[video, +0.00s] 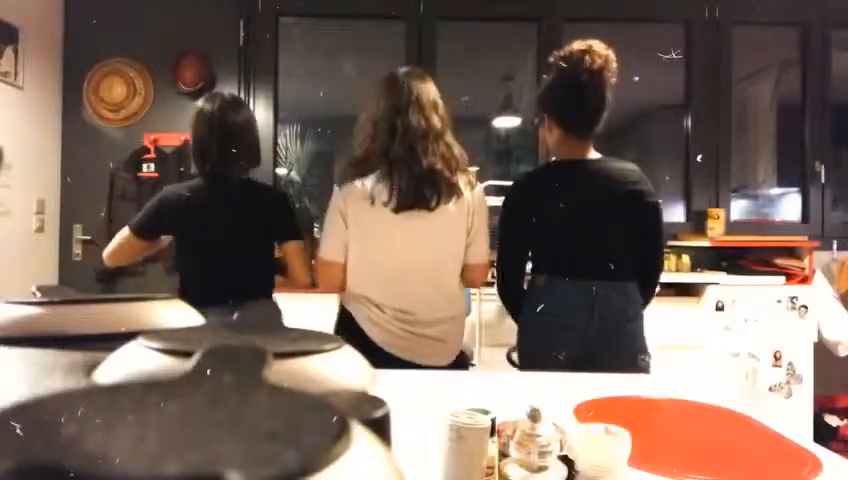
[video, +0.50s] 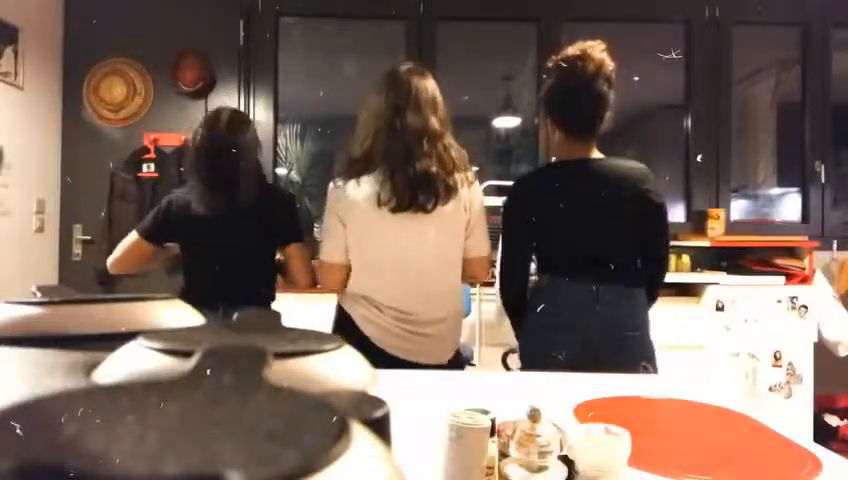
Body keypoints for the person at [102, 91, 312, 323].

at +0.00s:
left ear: (196, 144)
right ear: (250, 142)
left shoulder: (176, 200)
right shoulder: (272, 200)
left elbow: (112, 257)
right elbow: (302, 278)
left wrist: (163, 242)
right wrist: (264, 260)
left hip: (197, 331)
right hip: (262, 331)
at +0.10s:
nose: (184, 165)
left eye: (188, 155)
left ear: (196, 162)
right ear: (249, 158)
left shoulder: (183, 215)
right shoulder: (276, 211)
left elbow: (120, 276)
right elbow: (304, 287)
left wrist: (171, 259)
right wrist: (271, 270)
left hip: (205, 342)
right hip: (266, 342)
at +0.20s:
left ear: (198, 157)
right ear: (256, 155)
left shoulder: (185, 210)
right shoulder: (277, 210)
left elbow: (122, 276)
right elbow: (302, 287)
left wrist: (169, 256)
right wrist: (270, 268)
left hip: (204, 339)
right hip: (264, 338)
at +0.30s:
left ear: (198, 152)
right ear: (256, 149)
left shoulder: (180, 202)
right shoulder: (279, 202)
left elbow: (119, 263)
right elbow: (300, 281)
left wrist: (172, 249)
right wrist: (267, 264)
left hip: (197, 325)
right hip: (262, 326)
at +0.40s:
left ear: (198, 158)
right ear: (253, 153)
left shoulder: (184, 208)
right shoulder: (278, 204)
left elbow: (117, 268)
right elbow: (303, 281)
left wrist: (170, 257)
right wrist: (270, 264)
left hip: (196, 331)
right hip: (261, 332)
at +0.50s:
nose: (260, 148)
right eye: (256, 143)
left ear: (198, 153)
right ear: (253, 149)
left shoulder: (181, 203)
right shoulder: (277, 202)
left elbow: (117, 264)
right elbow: (303, 279)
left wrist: (169, 252)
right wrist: (270, 262)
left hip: (194, 330)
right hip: (258, 332)